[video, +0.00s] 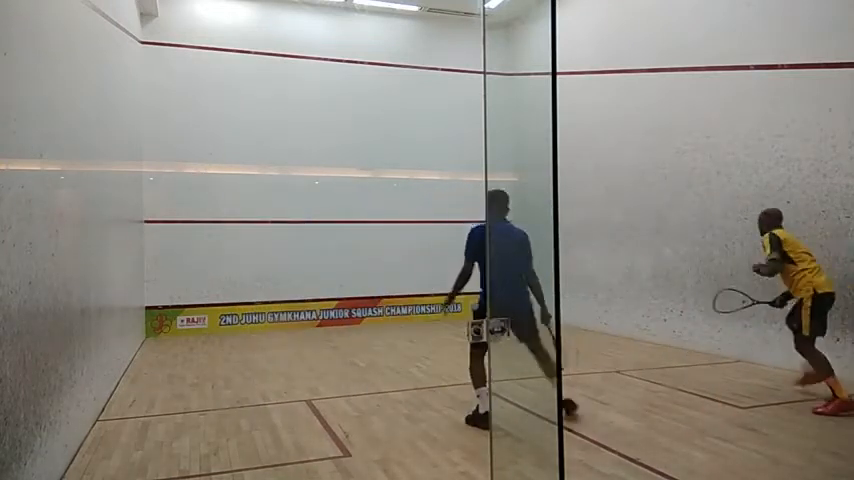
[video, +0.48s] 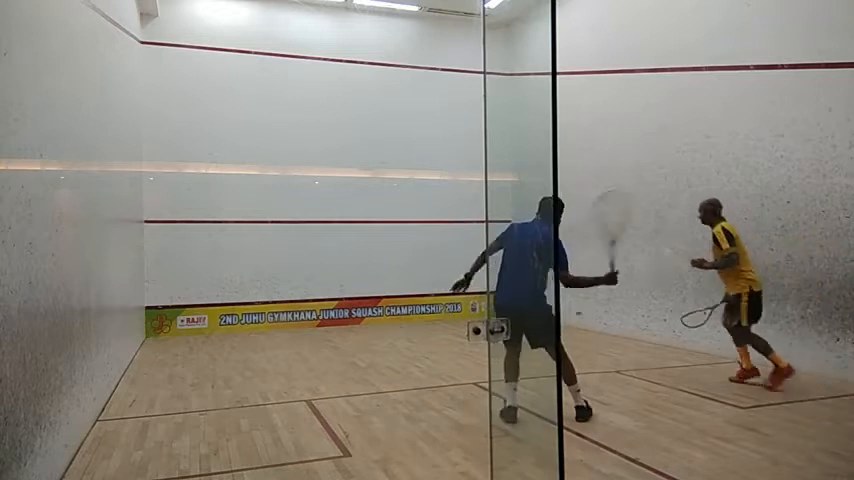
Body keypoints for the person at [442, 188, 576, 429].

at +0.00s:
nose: (504, 210)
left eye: (496, 206)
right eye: (504, 206)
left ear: (487, 207)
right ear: (506, 208)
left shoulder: (477, 233)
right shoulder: (520, 235)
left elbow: (468, 269)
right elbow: (530, 275)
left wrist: (452, 294)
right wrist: (543, 306)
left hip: (490, 305)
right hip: (519, 305)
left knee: (476, 355)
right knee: (537, 348)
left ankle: (483, 411)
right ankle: (563, 398)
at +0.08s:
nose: (519, 217)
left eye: (510, 212)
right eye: (521, 213)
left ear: (503, 214)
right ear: (524, 215)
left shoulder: (490, 239)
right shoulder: (534, 241)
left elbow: (482, 276)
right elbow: (546, 280)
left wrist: (474, 309)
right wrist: (560, 311)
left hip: (501, 309)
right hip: (532, 310)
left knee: (485, 357)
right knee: (560, 356)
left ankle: (484, 409)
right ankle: (580, 404)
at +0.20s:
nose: (542, 218)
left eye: (541, 214)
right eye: (541, 214)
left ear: (520, 213)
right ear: (538, 214)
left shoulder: (502, 237)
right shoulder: (546, 241)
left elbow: (494, 273)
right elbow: (560, 279)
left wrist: (493, 304)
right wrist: (579, 309)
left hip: (506, 307)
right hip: (538, 308)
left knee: (499, 354)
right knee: (563, 351)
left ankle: (491, 406)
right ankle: (581, 404)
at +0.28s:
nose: (552, 217)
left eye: (551, 213)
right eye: (552, 213)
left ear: (531, 210)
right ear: (549, 213)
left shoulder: (511, 231)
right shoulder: (552, 237)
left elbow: (492, 265)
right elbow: (565, 273)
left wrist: (497, 294)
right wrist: (596, 299)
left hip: (512, 305)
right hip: (542, 306)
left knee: (506, 348)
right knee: (562, 350)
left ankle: (496, 401)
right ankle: (580, 403)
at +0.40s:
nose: (557, 216)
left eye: (556, 211)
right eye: (557, 212)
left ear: (537, 209)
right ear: (556, 212)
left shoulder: (515, 229)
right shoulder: (554, 237)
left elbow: (491, 254)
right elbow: (565, 272)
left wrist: (480, 282)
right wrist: (604, 283)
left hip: (509, 303)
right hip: (539, 305)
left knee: (509, 349)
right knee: (560, 351)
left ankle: (507, 404)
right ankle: (580, 404)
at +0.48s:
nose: (559, 220)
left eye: (559, 216)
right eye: (559, 216)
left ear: (539, 212)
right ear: (555, 215)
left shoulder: (514, 230)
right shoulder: (552, 241)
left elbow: (486, 254)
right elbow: (567, 280)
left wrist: (467, 278)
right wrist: (603, 280)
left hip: (505, 304)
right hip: (534, 305)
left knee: (512, 351)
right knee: (558, 352)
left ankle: (510, 406)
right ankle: (580, 403)